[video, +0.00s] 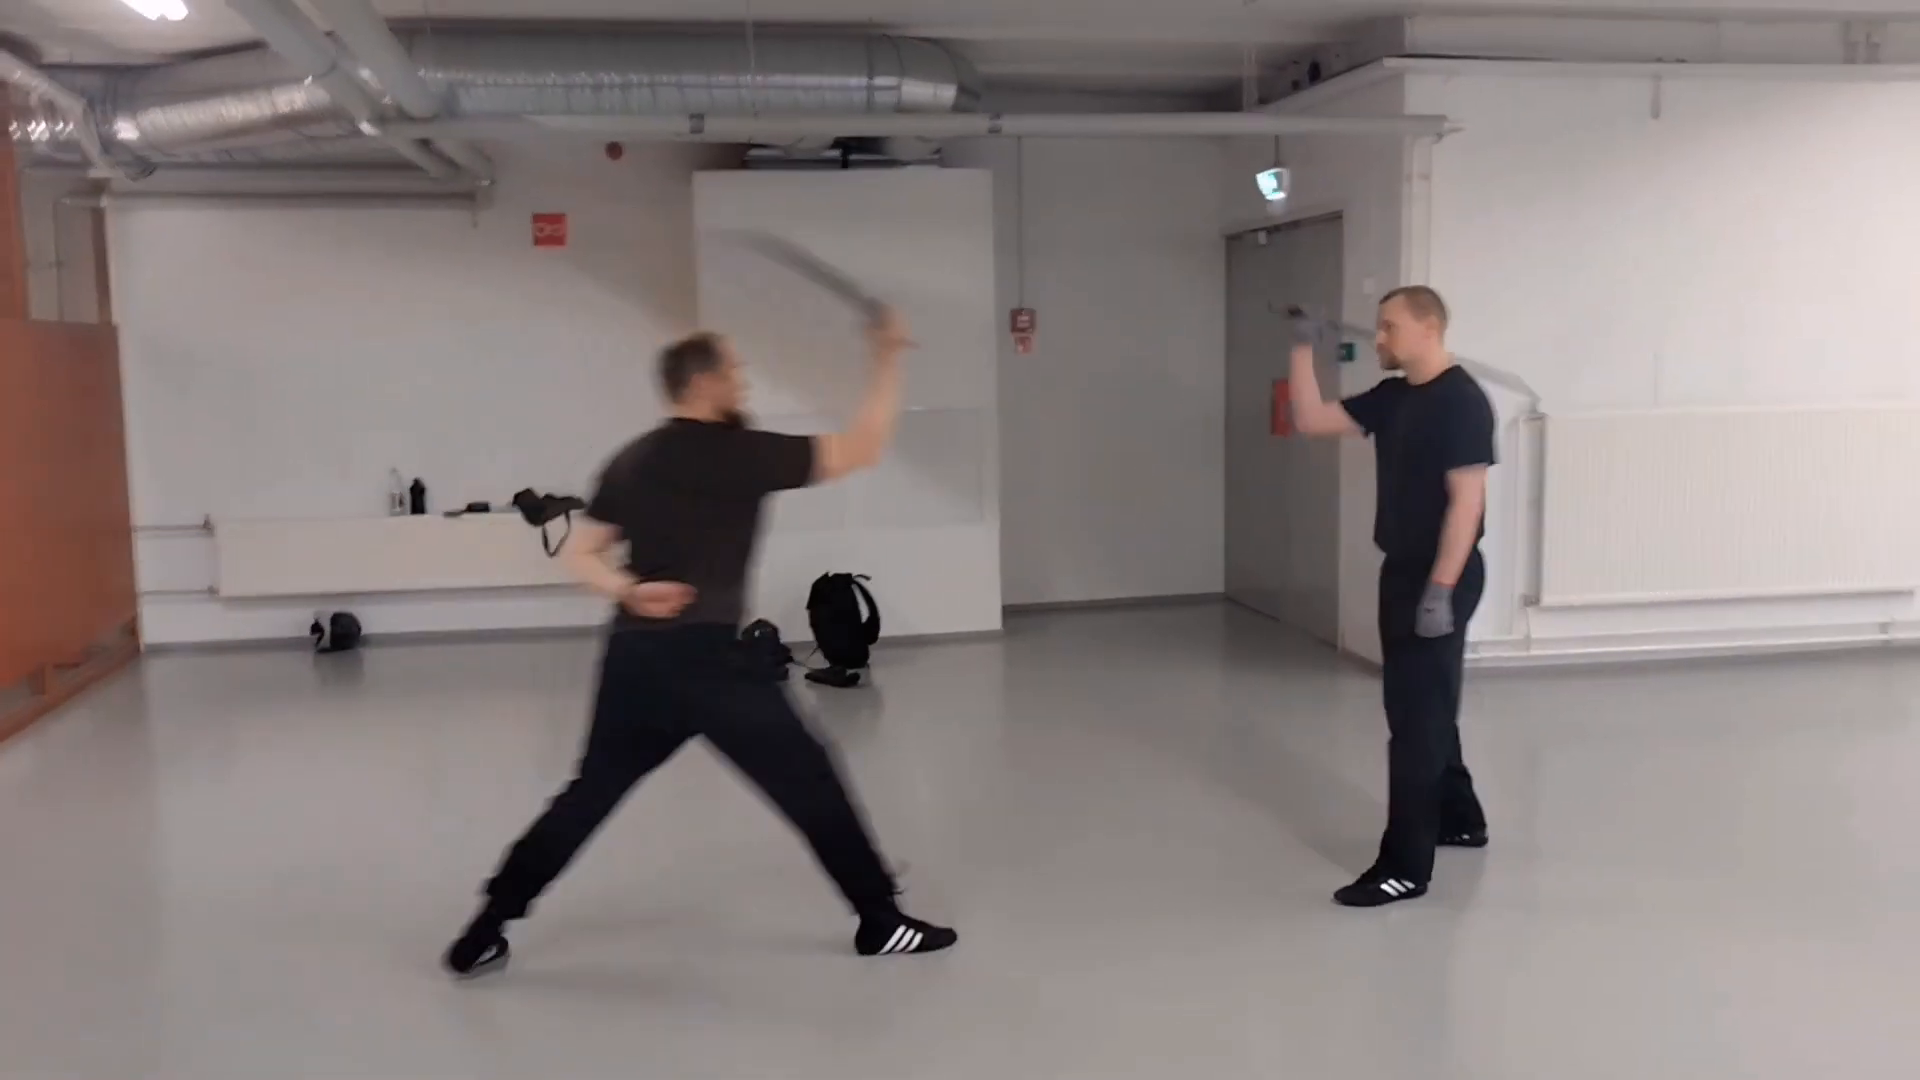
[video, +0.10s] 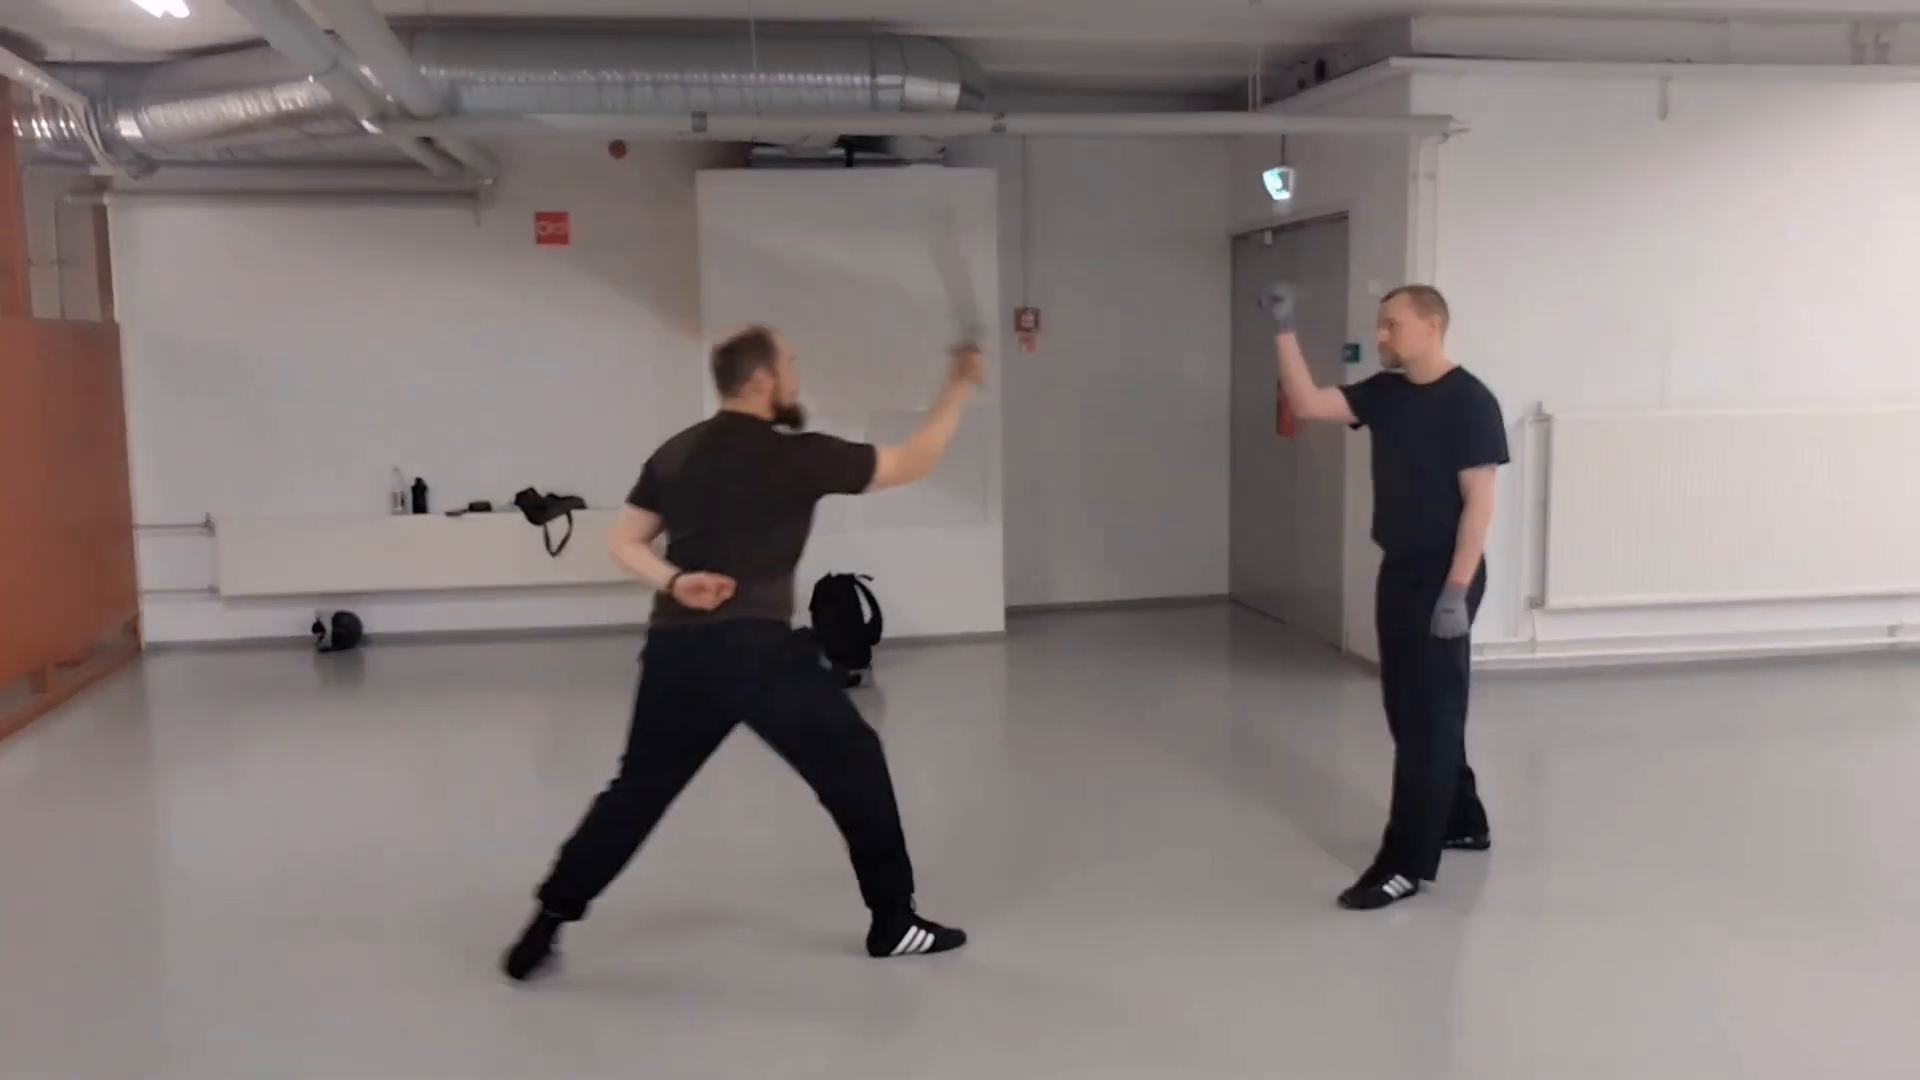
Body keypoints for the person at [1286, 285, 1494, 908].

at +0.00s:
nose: (1379, 338)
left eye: (1389, 327)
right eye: (1379, 328)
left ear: (1429, 328)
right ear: (1404, 334)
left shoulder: (1461, 400)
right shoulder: (1394, 395)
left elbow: (1468, 501)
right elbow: (1312, 419)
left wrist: (1440, 588)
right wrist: (1303, 346)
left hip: (1442, 575)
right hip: (1402, 571)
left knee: (1414, 719)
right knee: (1422, 707)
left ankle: (1405, 867)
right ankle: (1458, 817)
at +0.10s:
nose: (1382, 336)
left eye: (1392, 325)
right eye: (1381, 326)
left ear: (1433, 327)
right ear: (1389, 336)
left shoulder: (1468, 401)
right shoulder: (1388, 392)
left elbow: (1480, 503)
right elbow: (1307, 404)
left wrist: (1456, 590)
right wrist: (1285, 327)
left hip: (1447, 575)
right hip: (1399, 571)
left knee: (1427, 718)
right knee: (1412, 707)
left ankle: (1408, 863)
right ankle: (1461, 817)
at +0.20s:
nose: (1379, 337)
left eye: (1389, 326)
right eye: (1378, 328)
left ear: (1429, 329)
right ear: (1389, 337)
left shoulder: (1466, 403)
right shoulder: (1385, 393)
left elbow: (1479, 503)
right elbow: (1316, 412)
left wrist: (1455, 590)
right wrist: (1279, 360)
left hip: (1441, 575)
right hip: (1391, 570)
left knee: (1419, 717)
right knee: (1410, 707)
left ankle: (1398, 864)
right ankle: (1460, 821)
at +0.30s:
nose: (1367, 340)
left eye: (1377, 329)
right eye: (1367, 331)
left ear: (1418, 331)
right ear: (1384, 338)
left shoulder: (1454, 405)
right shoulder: (1373, 394)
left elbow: (1466, 506)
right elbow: (1313, 421)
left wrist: (1442, 589)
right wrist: (1282, 407)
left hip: (1430, 574)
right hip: (1382, 570)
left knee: (1402, 716)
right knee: (1417, 706)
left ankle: (1388, 865)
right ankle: (1455, 822)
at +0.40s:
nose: (1348, 344)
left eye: (1359, 333)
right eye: (1348, 334)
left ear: (1400, 334)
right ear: (1367, 341)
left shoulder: (1436, 409)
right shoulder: (1356, 403)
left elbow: (1451, 507)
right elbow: (1310, 457)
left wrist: (1422, 589)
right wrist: (1278, 455)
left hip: (1418, 579)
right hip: (1371, 575)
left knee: (1379, 705)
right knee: (1410, 702)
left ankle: (1375, 862)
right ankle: (1452, 825)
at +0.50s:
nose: (1328, 347)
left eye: (1340, 336)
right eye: (1329, 337)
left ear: (1380, 342)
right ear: (1350, 346)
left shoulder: (1415, 416)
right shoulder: (1331, 413)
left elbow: (1434, 515)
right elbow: (1292, 482)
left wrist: (1409, 600)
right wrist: (1255, 487)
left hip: (1402, 588)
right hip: (1352, 585)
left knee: (1359, 712)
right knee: (1402, 708)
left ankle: (1350, 873)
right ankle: (1446, 823)